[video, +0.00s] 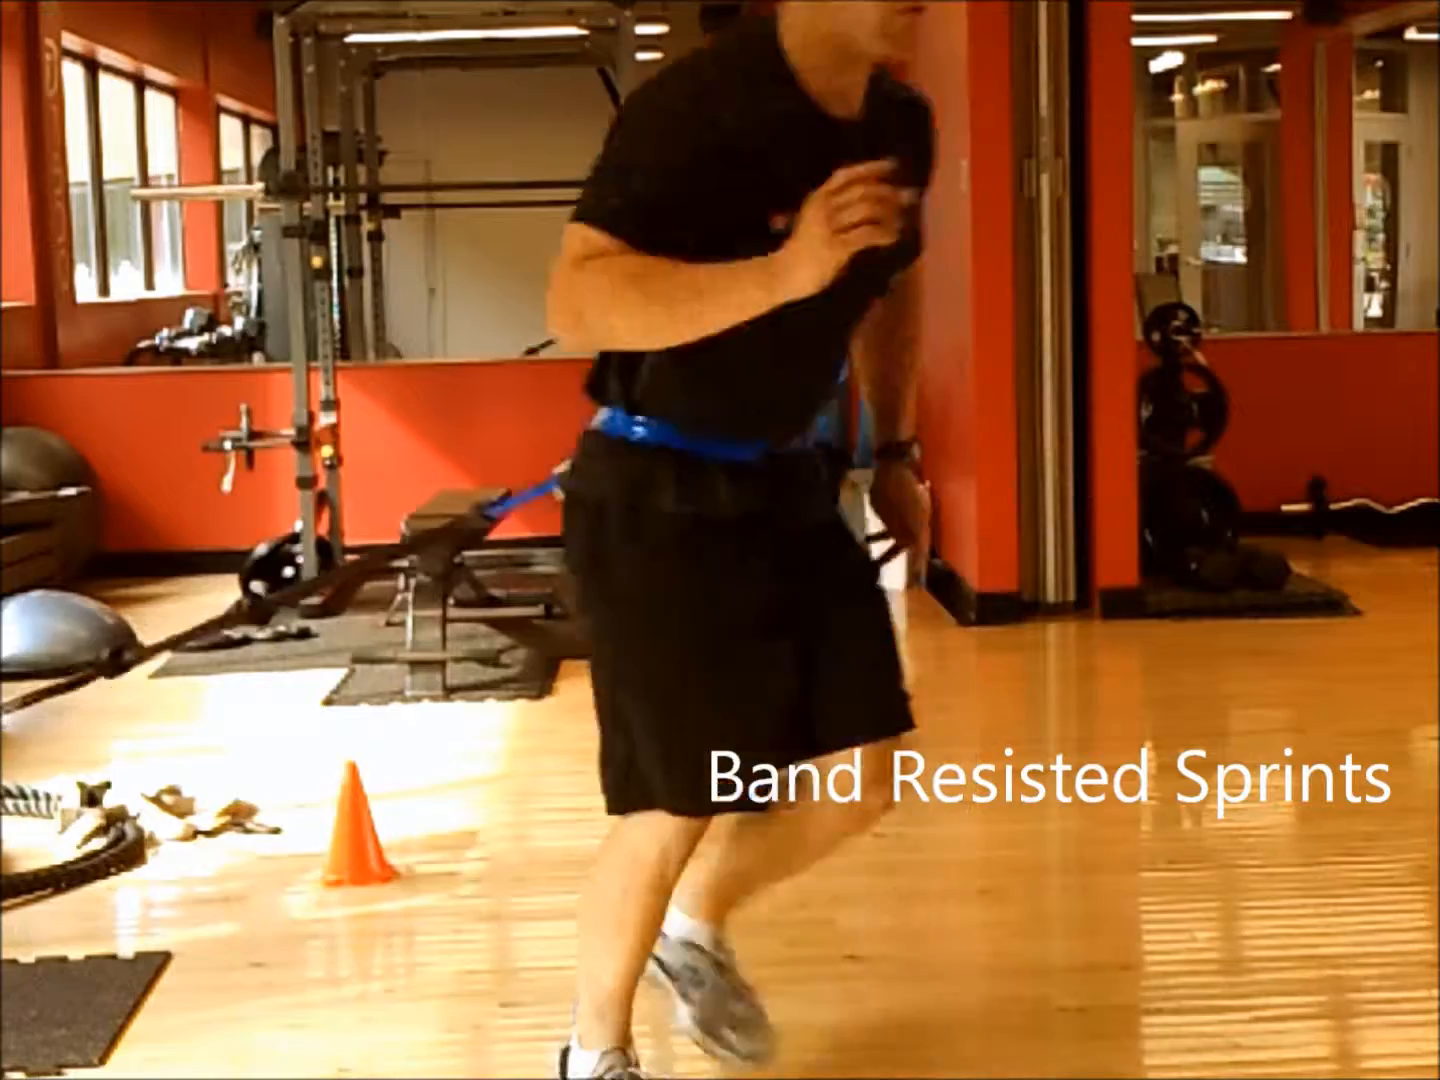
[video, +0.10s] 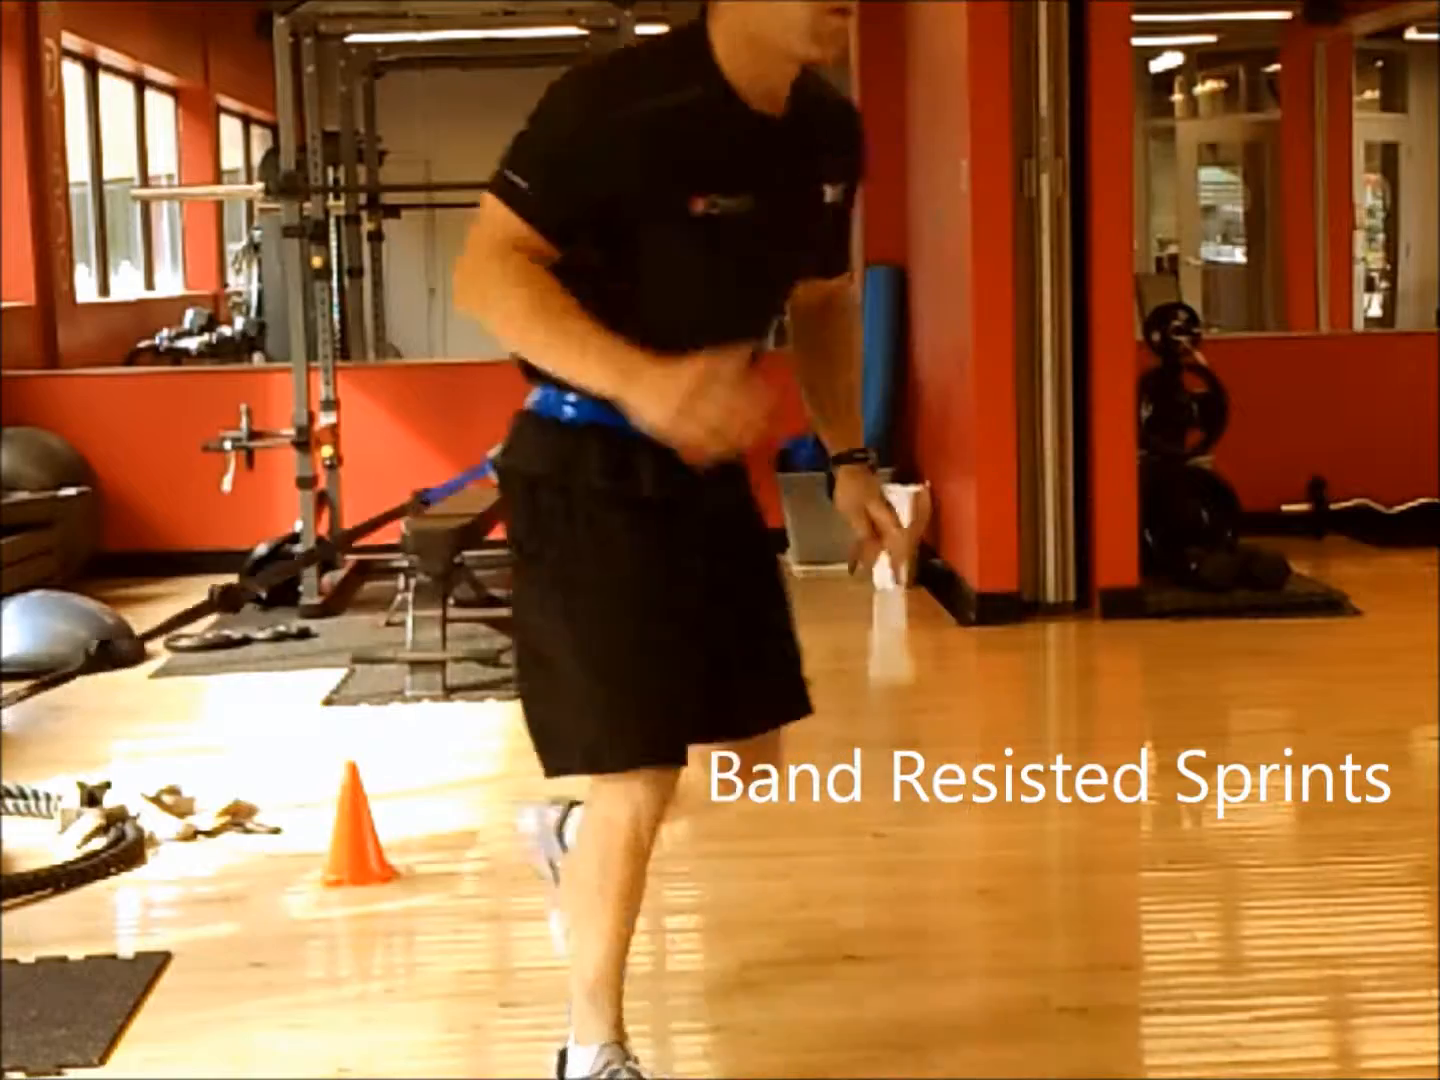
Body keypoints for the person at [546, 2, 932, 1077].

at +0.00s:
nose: (916, 8)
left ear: (905, 10)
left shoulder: (902, 120)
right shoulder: (687, 101)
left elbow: (891, 299)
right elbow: (577, 302)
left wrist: (892, 456)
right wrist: (783, 271)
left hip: (790, 480)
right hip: (651, 483)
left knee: (861, 771)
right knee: (677, 790)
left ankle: (690, 924)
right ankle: (594, 1047)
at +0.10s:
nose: (842, 9)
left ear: (832, 13)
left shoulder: (825, 127)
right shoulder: (608, 99)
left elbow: (824, 304)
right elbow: (486, 274)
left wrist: (849, 462)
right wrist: (640, 377)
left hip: (710, 464)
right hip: (585, 462)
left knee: (749, 732)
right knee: (639, 767)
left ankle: (575, 839)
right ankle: (593, 1046)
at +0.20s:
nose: (779, 10)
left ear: (790, 19)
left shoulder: (756, 141)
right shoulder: (551, 106)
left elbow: (771, 300)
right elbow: (407, 265)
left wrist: (799, 433)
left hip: (634, 443)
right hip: (517, 440)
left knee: (643, 694)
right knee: (581, 711)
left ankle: (511, 846)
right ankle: (588, 1038)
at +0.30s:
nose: (696, 64)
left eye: (705, 41)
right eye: (672, 36)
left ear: (712, 53)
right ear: (596, 37)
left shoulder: (690, 183)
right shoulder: (486, 163)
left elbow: (728, 329)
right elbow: (332, 284)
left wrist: (758, 418)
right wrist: (331, 480)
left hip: (569, 471)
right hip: (463, 468)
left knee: (534, 702)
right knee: (526, 722)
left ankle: (445, 876)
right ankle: (566, 1022)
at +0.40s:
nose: (643, 88)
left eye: (652, 65)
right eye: (622, 61)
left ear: (656, 67)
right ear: (549, 50)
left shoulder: (627, 187)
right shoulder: (426, 169)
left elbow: (660, 339)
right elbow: (308, 305)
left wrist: (716, 428)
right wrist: (272, 480)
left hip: (526, 467)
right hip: (414, 462)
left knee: (504, 695)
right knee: (480, 697)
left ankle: (435, 897)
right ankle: (507, 982)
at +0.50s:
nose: (576, 42)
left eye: (589, 24)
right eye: (555, 19)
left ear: (595, 29)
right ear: (491, 11)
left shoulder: (577, 141)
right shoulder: (379, 117)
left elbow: (595, 298)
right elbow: (286, 267)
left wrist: (646, 427)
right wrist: (269, 436)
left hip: (491, 420)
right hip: (381, 415)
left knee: (474, 664)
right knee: (420, 660)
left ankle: (437, 891)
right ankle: (392, 923)